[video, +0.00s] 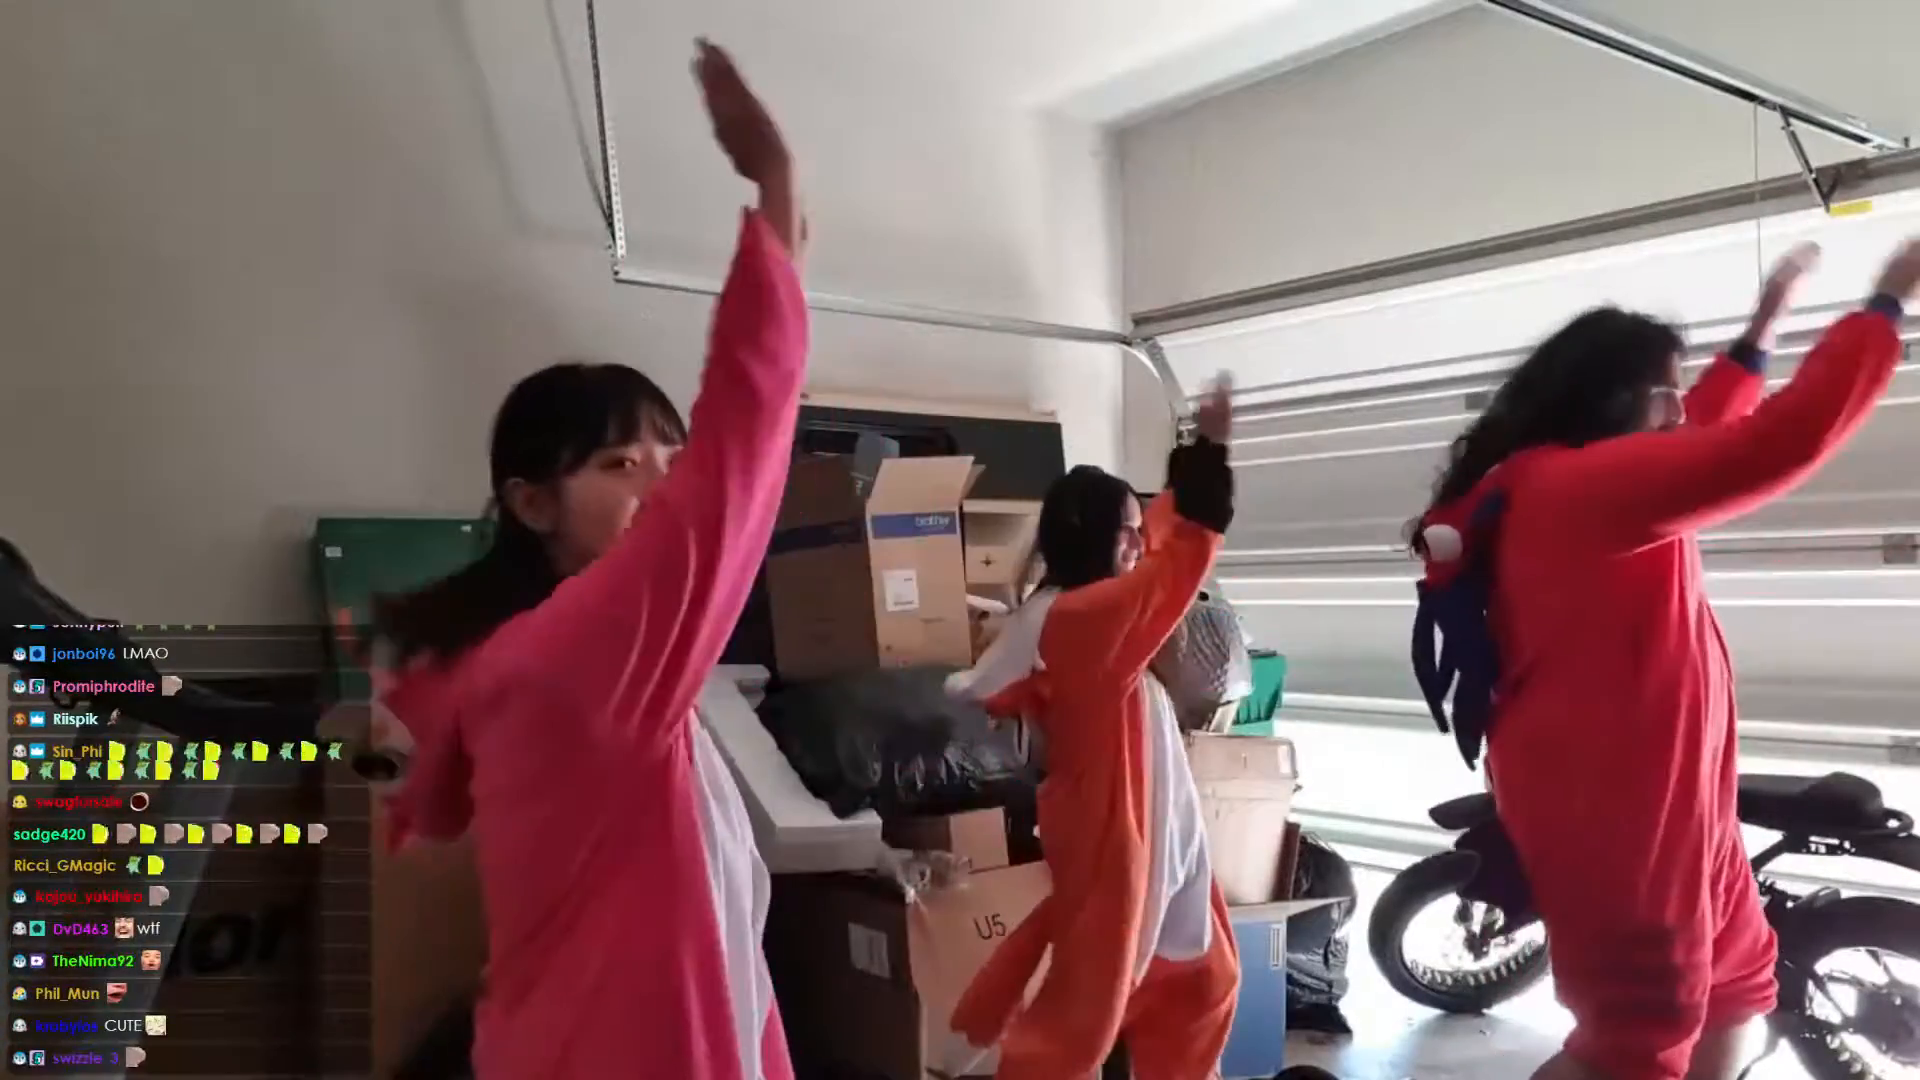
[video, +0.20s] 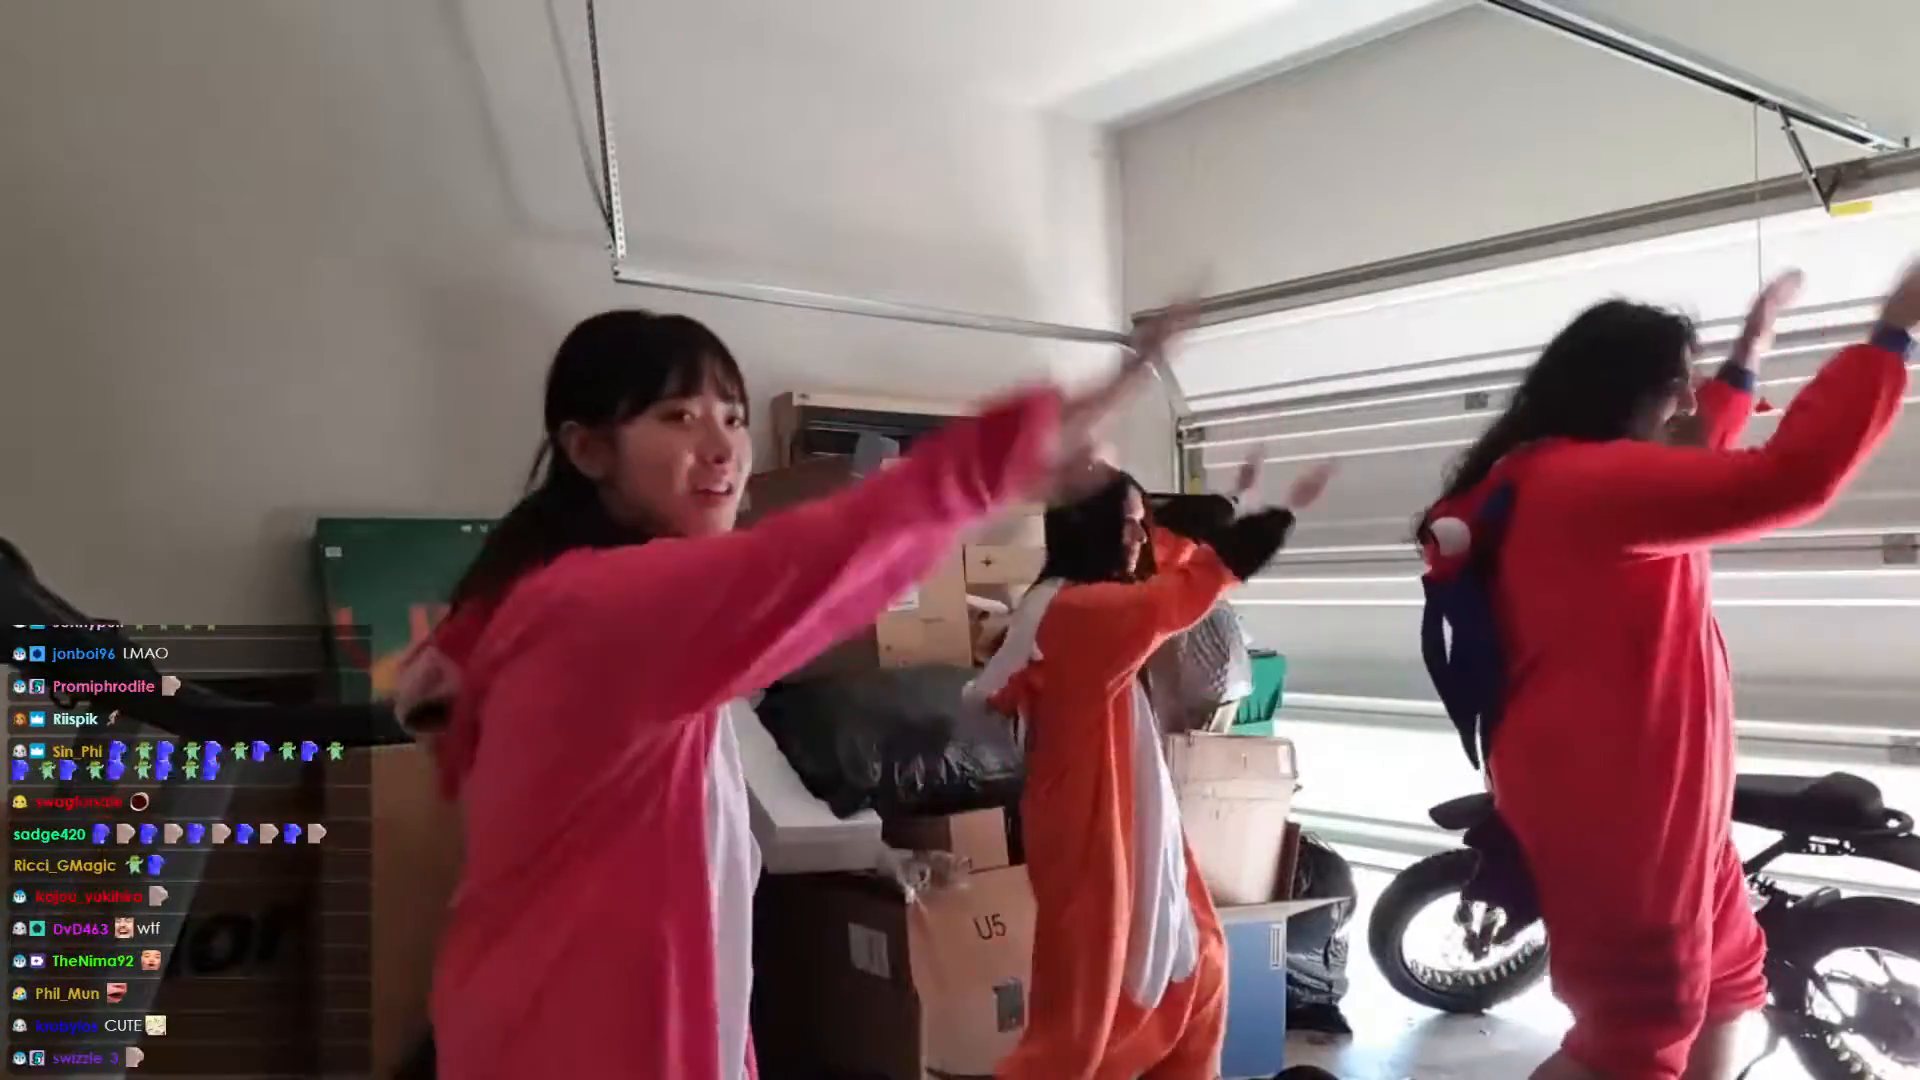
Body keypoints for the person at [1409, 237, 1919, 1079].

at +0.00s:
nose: (1681, 415)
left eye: (1680, 397)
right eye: (1666, 397)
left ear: (1585, 399)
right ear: (1613, 400)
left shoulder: (1604, 481)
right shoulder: (1566, 490)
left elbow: (1699, 435)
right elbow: (1778, 446)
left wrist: (1763, 327)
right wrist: (1888, 304)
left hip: (1670, 791)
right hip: (1610, 813)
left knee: (1738, 982)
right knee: (1640, 1036)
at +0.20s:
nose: (1687, 412)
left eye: (1686, 392)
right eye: (1674, 391)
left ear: (1588, 385)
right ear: (1624, 393)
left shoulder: (1596, 473)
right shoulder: (1573, 482)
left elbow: (1694, 464)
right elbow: (1791, 482)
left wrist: (1747, 357)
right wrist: (1894, 333)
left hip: (1664, 792)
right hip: (1609, 811)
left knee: (1729, 982)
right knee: (1638, 1034)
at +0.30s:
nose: (1690, 388)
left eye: (1690, 367)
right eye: (1673, 368)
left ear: (1588, 371)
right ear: (1619, 371)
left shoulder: (1593, 466)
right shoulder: (1587, 474)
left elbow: (1688, 531)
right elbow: (1766, 561)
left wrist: (1793, 489)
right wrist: (1915, 521)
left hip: (1652, 784)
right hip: (1597, 795)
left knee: (1692, 979)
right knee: (1616, 1023)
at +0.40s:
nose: (1705, 382)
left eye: (1713, 364)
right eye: (1683, 360)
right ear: (1625, 368)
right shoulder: (1606, 482)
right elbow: (1703, 636)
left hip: (1633, 789)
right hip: (1589, 799)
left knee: (1665, 987)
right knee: (1594, 1022)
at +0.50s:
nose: (1709, 383)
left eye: (1721, 367)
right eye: (1686, 361)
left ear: (1734, 386)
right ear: (1632, 370)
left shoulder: (1648, 480)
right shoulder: (1613, 486)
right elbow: (1651, 668)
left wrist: (1705, 792)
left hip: (1628, 779)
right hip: (1579, 786)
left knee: (1662, 989)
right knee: (1591, 1022)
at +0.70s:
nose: (1654, 374)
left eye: (1665, 356)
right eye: (1628, 354)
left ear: (1679, 370)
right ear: (1580, 366)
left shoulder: (1637, 474)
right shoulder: (1579, 479)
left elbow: (1697, 607)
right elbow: (1678, 634)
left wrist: (1781, 677)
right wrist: (1801, 744)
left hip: (1644, 793)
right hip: (1575, 803)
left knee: (1656, 992)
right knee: (1578, 1016)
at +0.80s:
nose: (1624, 378)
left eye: (1637, 358)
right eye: (1598, 361)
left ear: (1655, 371)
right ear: (1550, 378)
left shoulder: (1604, 471)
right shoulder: (1558, 476)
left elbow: (1705, 543)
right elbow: (1718, 556)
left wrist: (1834, 526)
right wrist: (1904, 566)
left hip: (1647, 795)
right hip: (1577, 804)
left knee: (1671, 988)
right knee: (1578, 1018)